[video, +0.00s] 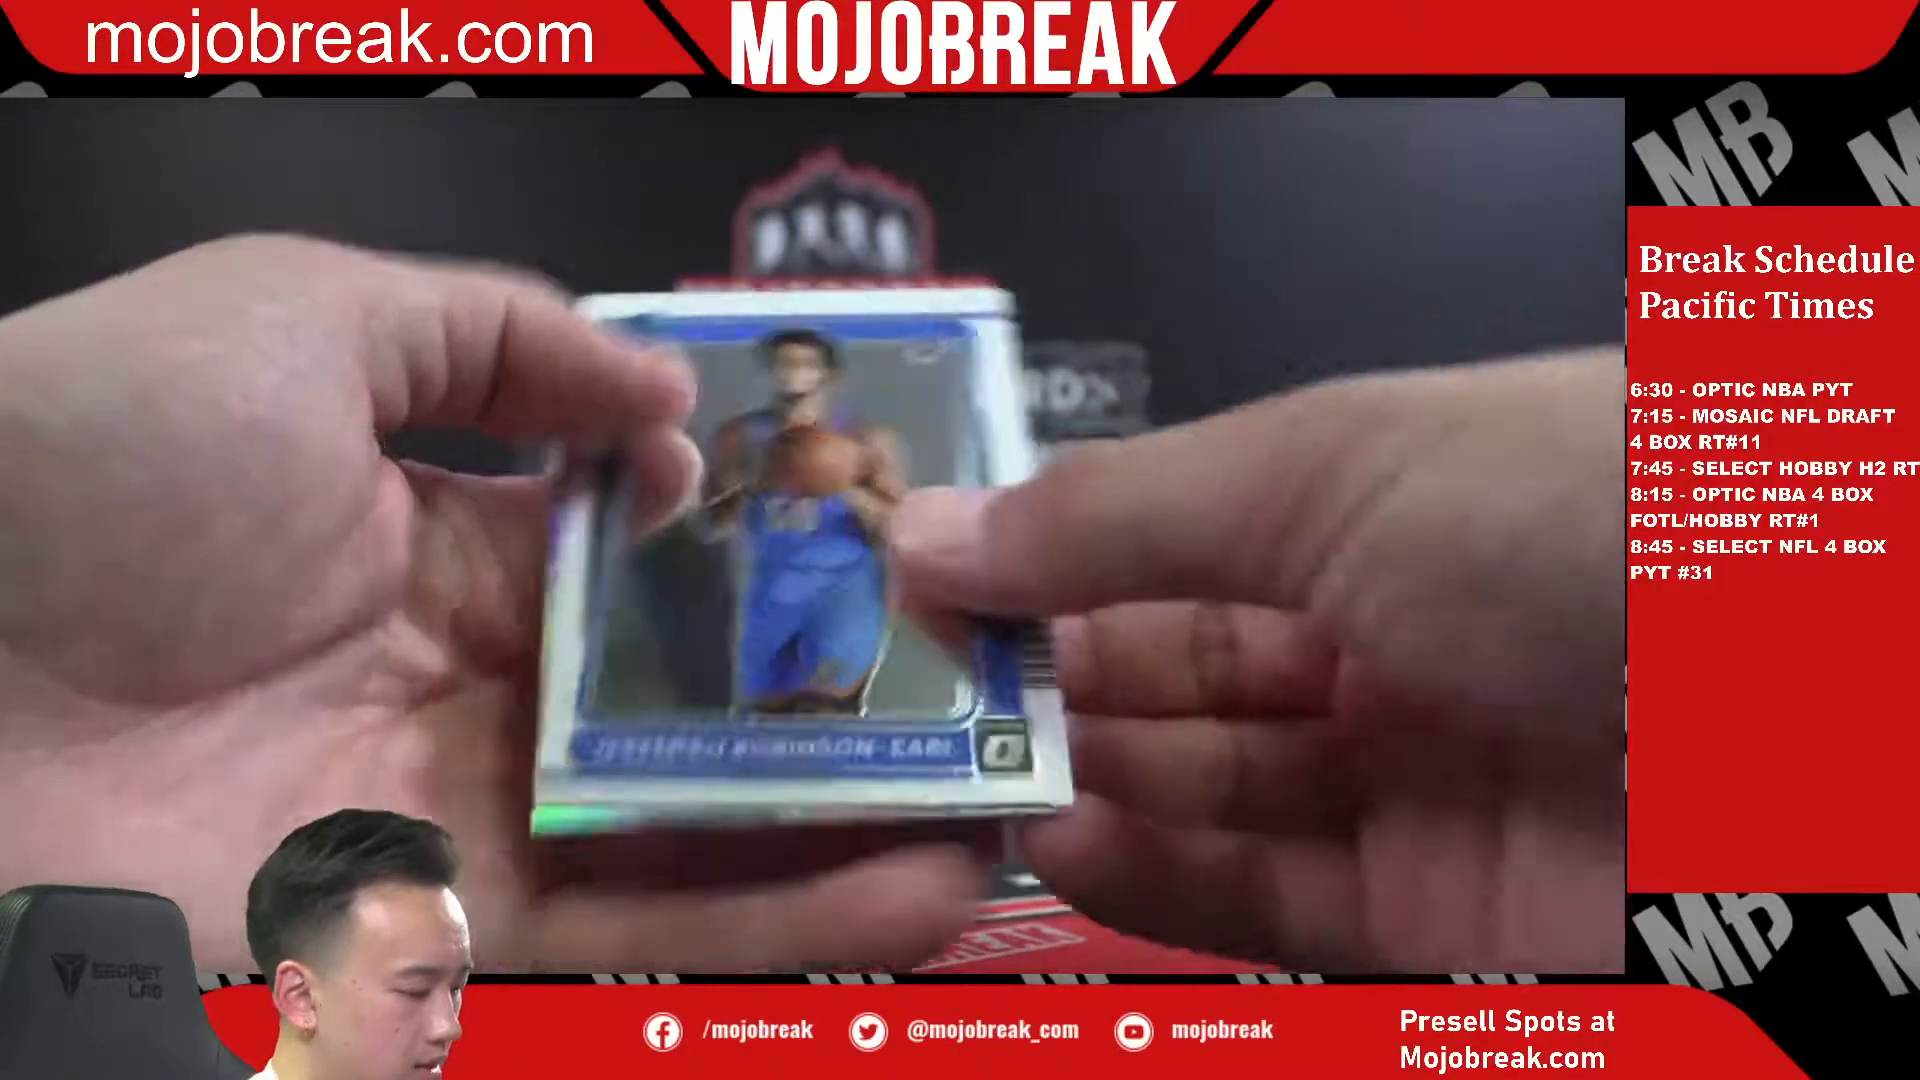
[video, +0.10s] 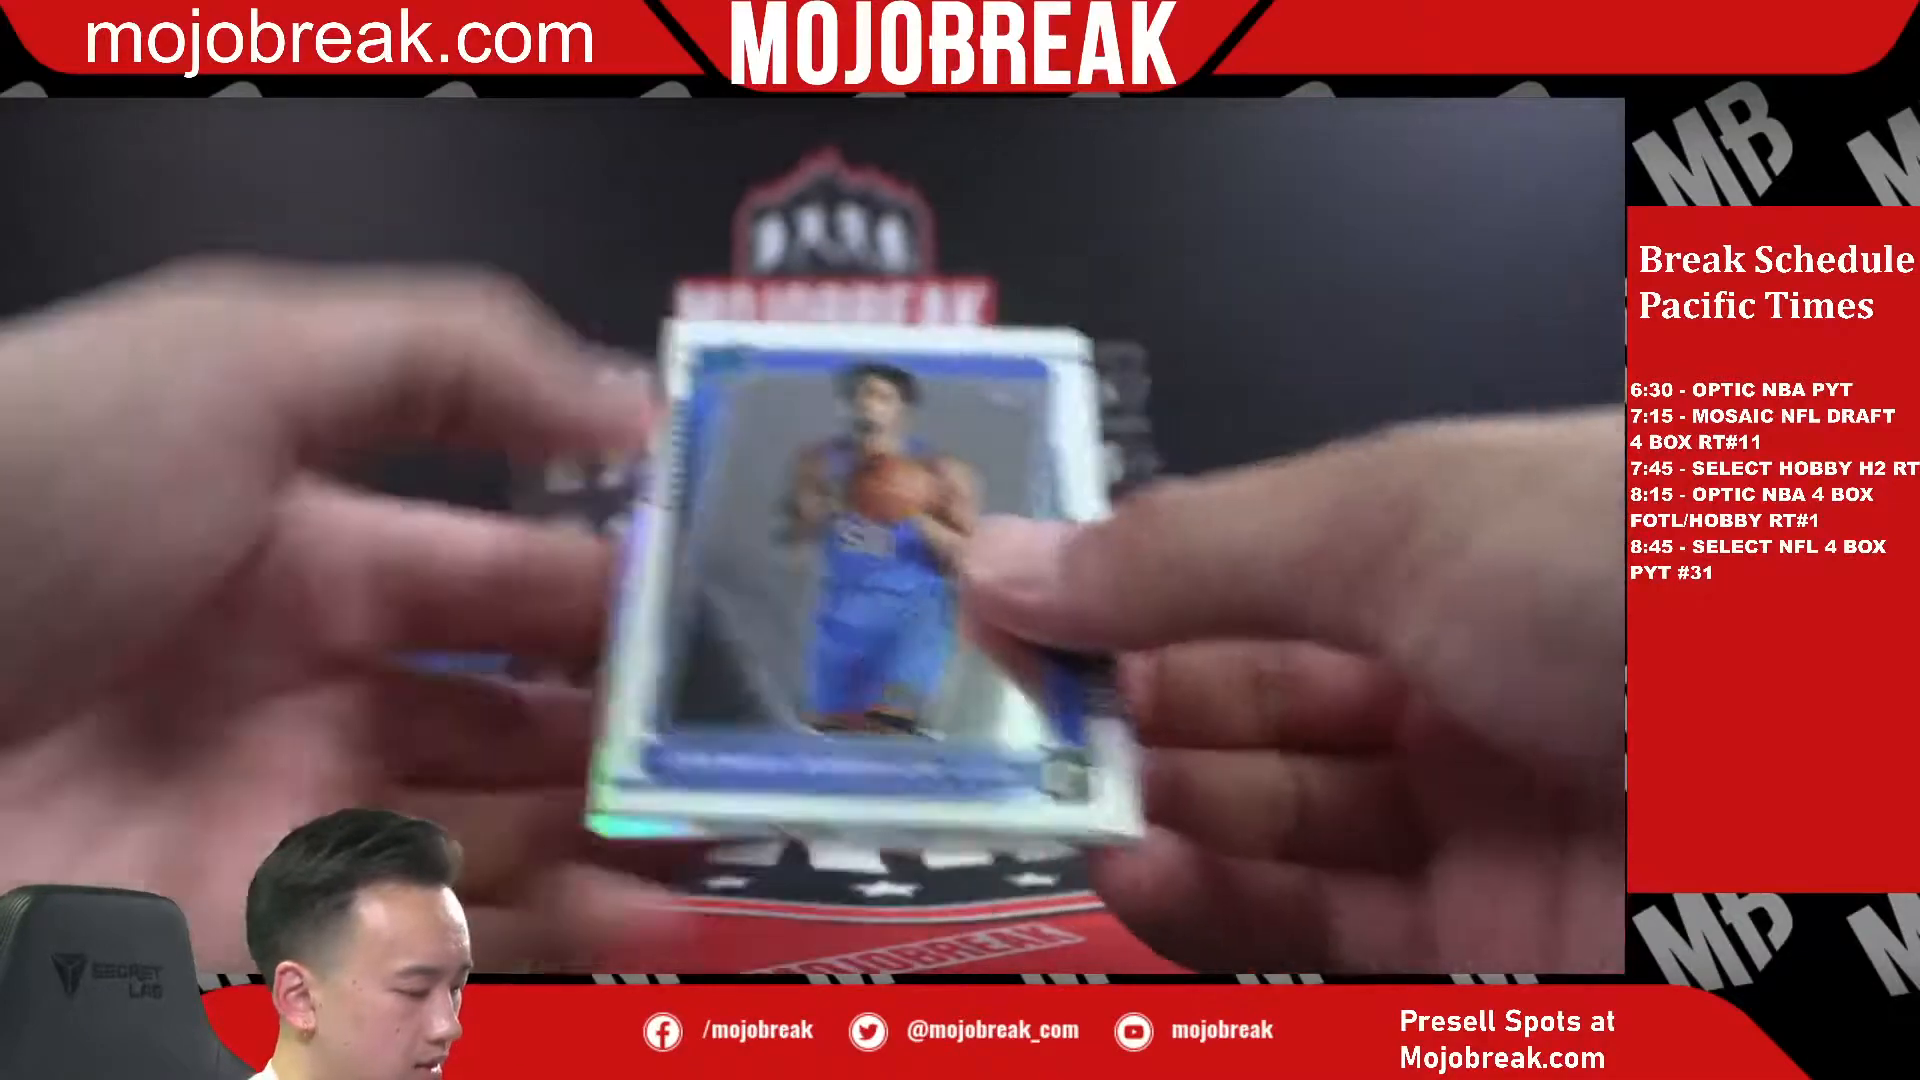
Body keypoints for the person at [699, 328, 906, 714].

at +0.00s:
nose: (793, 377)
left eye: (805, 365)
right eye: (784, 365)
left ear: (827, 376)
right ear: (772, 372)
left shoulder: (864, 443)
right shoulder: (741, 439)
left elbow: (898, 527)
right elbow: (707, 528)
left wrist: (849, 492)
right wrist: (742, 492)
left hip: (847, 589)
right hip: (771, 591)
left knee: (827, 707)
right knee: (760, 717)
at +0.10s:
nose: (871, 407)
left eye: (883, 397)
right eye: (864, 395)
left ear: (902, 409)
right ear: (850, 403)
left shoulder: (940, 473)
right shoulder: (823, 463)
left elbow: (967, 556)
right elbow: (791, 531)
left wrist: (914, 514)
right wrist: (819, 514)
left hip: (917, 611)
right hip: (843, 610)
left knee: (892, 719)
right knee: (831, 726)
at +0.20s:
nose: (905, 421)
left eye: (918, 413)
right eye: (897, 413)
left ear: (943, 424)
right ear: (885, 422)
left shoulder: (985, 487)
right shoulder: (854, 479)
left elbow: (1015, 575)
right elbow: (828, 561)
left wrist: (964, 533)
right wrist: (873, 527)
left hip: (960, 632)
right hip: (881, 633)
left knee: (932, 757)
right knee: (878, 766)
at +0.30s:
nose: (887, 428)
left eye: (899, 419)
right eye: (877, 419)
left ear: (923, 429)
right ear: (866, 429)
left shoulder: (969, 496)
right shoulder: (837, 487)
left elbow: (1001, 587)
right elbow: (813, 573)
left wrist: (950, 542)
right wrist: (860, 535)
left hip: (950, 644)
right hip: (874, 646)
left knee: (930, 778)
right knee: (873, 782)